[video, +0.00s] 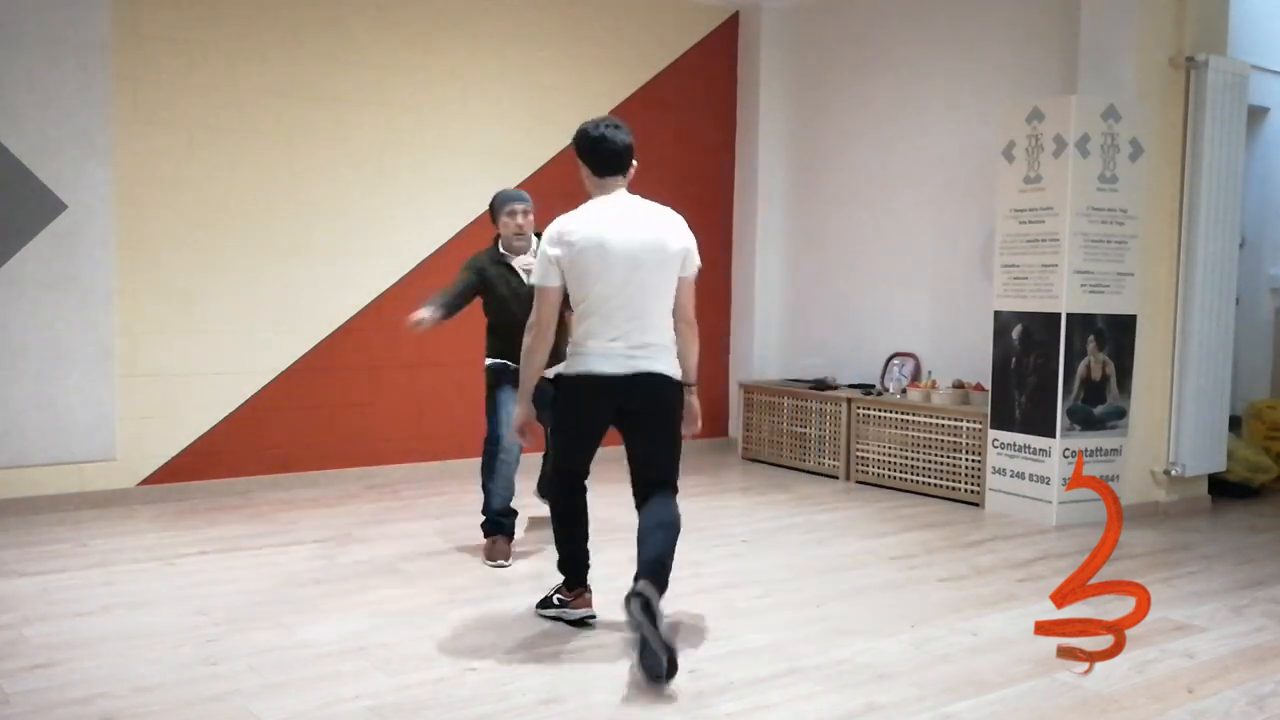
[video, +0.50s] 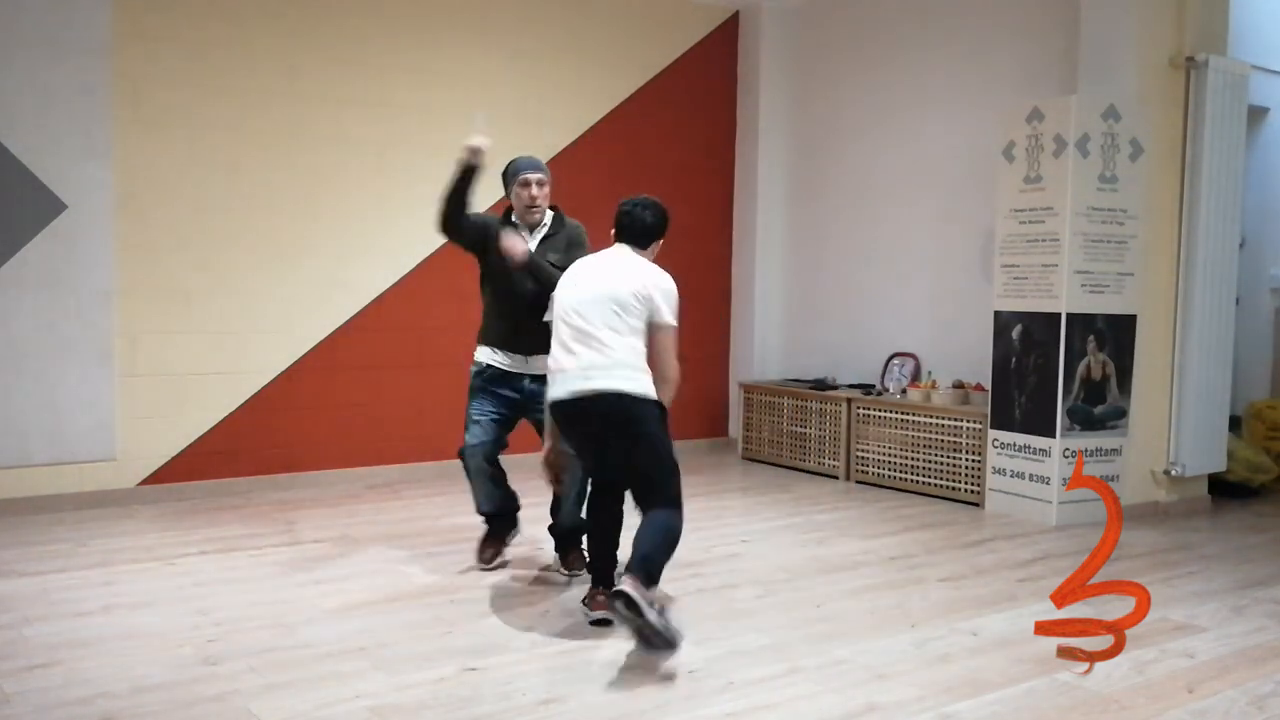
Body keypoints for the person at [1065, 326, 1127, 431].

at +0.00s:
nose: (1087, 346)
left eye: (1091, 342)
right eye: (1088, 342)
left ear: (1098, 344)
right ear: (1088, 345)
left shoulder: (1108, 364)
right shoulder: (1084, 364)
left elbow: (1113, 389)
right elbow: (1076, 390)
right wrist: (1070, 408)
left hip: (1103, 406)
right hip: (1085, 405)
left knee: (1121, 411)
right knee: (1071, 410)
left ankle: (1086, 425)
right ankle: (1101, 425)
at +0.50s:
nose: (1087, 345)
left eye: (1091, 342)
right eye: (1088, 342)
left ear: (1098, 344)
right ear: (1088, 345)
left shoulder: (1108, 364)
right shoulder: (1083, 365)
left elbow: (1113, 390)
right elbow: (1076, 391)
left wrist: (1106, 406)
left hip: (1103, 406)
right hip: (1086, 405)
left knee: (1121, 411)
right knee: (1071, 410)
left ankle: (1086, 425)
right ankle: (1102, 425)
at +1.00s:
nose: (1087, 345)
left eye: (1091, 342)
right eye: (1088, 342)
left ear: (1099, 344)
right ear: (1088, 345)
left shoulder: (1108, 364)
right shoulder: (1083, 365)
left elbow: (1113, 388)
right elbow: (1076, 390)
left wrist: (1115, 406)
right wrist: (1070, 408)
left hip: (1102, 405)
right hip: (1086, 405)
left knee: (1121, 411)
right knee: (1071, 410)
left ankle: (1086, 425)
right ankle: (1101, 425)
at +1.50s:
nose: (1087, 345)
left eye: (1091, 342)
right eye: (1088, 342)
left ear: (1099, 344)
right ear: (1088, 345)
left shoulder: (1108, 364)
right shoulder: (1083, 365)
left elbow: (1114, 390)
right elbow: (1076, 391)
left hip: (1102, 406)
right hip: (1086, 406)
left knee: (1121, 411)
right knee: (1071, 410)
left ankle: (1086, 425)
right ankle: (1102, 425)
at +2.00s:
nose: (1087, 346)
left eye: (1090, 342)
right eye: (1087, 342)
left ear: (1098, 344)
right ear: (1087, 345)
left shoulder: (1108, 364)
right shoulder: (1084, 365)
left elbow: (1114, 391)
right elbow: (1076, 391)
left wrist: (1107, 406)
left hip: (1103, 406)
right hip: (1086, 406)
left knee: (1121, 411)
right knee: (1071, 411)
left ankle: (1086, 425)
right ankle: (1100, 425)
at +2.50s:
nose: (1088, 345)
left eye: (1091, 342)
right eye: (1088, 342)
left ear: (1098, 344)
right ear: (1087, 344)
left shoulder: (1108, 364)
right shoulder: (1084, 364)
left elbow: (1114, 390)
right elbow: (1076, 390)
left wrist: (1109, 406)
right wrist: (1070, 409)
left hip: (1102, 406)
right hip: (1085, 405)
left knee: (1121, 411)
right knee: (1071, 410)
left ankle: (1086, 425)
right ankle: (1100, 425)